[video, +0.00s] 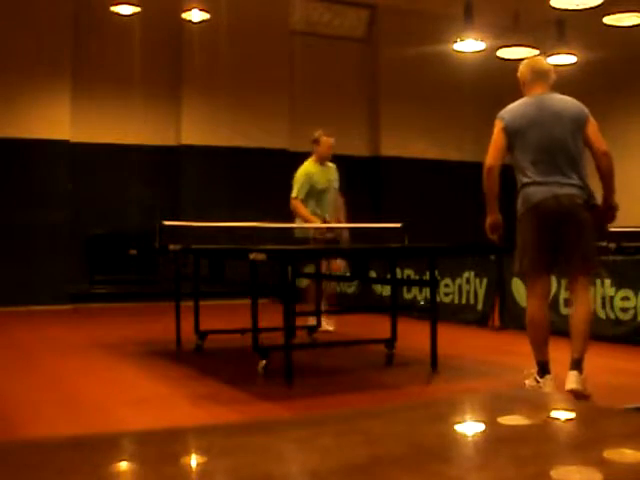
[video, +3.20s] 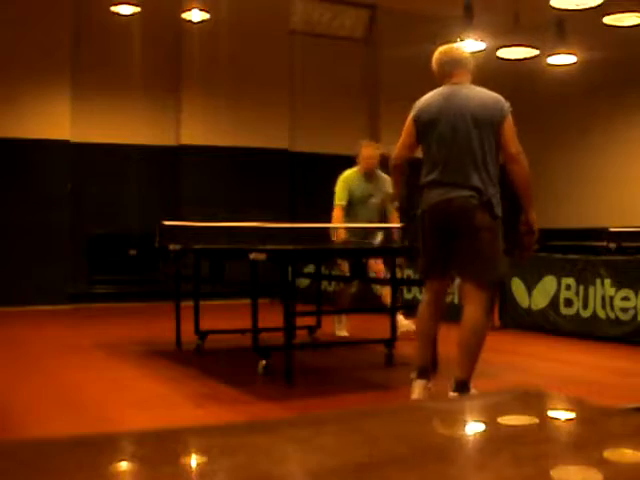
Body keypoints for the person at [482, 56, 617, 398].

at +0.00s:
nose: (519, 85)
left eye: (519, 80)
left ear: (523, 82)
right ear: (551, 79)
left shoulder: (508, 115)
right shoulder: (576, 109)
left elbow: (491, 165)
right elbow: (602, 153)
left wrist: (492, 211)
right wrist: (610, 199)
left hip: (533, 206)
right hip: (575, 205)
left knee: (537, 289)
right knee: (581, 285)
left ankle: (542, 373)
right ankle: (576, 372)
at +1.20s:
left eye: (526, 78)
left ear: (528, 79)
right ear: (559, 76)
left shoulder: (518, 109)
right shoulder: (588, 111)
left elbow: (499, 160)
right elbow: (609, 165)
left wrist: (493, 207)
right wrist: (617, 213)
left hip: (529, 215)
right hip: (573, 215)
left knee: (507, 288)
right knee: (578, 295)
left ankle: (490, 368)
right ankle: (573, 381)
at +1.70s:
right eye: (500, 74)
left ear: (473, 82)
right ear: (503, 76)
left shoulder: (460, 112)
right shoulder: (533, 108)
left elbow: (442, 163)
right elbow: (553, 159)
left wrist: (450, 208)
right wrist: (566, 209)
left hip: (475, 213)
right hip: (521, 213)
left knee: (473, 294)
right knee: (544, 292)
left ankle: (474, 378)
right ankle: (559, 376)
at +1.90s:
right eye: (489, 72)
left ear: (462, 80)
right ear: (491, 75)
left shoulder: (448, 111)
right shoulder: (518, 106)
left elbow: (429, 161)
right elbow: (540, 155)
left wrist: (439, 208)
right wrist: (550, 208)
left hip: (464, 210)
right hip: (507, 208)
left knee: (466, 291)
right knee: (527, 285)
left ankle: (473, 376)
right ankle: (507, 366)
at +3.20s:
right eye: (467, 67)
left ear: (438, 73)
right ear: (469, 69)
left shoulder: (424, 105)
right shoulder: (496, 103)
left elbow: (399, 157)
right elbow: (514, 157)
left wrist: (398, 199)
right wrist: (529, 209)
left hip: (434, 208)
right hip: (479, 208)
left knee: (433, 290)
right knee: (476, 297)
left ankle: (422, 376)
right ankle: (461, 387)